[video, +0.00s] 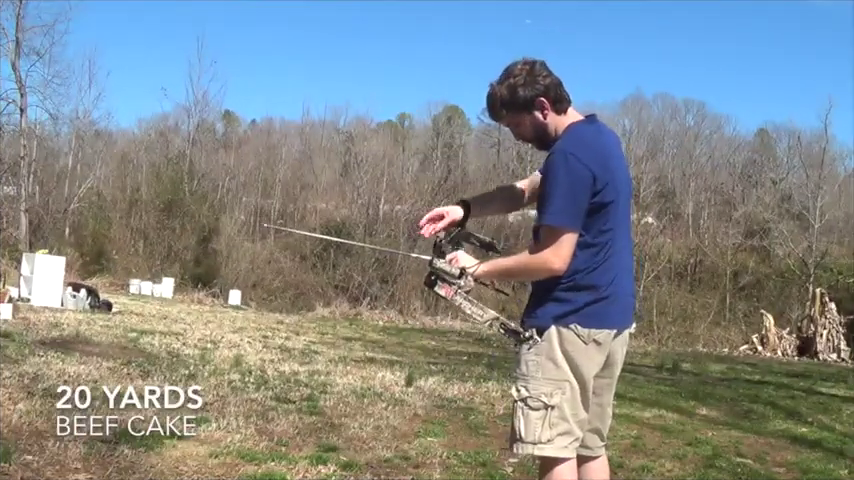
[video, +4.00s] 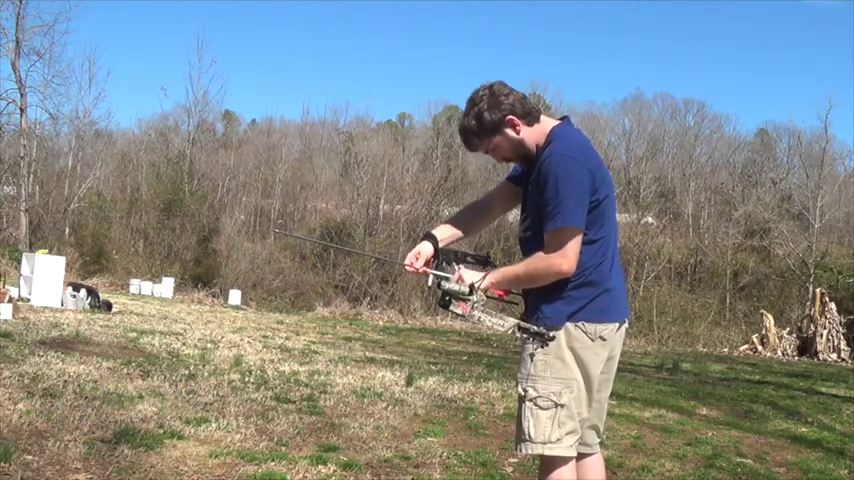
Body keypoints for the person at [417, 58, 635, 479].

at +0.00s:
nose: (515, 137)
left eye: (514, 126)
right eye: (510, 128)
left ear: (542, 108)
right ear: (547, 106)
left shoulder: (570, 155)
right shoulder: (600, 139)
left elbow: (553, 259)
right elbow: (527, 191)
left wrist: (477, 270)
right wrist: (463, 209)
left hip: (567, 320)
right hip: (610, 317)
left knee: (555, 450)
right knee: (590, 446)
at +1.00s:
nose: (507, 162)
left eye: (504, 153)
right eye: (500, 156)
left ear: (524, 127)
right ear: (525, 123)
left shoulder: (573, 158)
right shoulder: (557, 148)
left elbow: (563, 261)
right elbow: (493, 200)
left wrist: (489, 274)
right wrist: (431, 232)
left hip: (574, 321)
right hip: (594, 318)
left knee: (559, 450)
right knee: (587, 445)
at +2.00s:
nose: (503, 166)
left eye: (499, 158)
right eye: (496, 162)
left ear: (516, 132)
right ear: (518, 127)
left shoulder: (568, 160)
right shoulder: (558, 148)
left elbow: (562, 263)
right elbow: (498, 202)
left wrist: (491, 277)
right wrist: (440, 234)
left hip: (572, 319)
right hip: (592, 316)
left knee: (558, 449)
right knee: (586, 445)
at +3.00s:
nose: (500, 166)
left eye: (496, 159)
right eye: (493, 163)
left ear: (512, 132)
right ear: (514, 128)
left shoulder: (565, 159)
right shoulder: (555, 149)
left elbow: (563, 263)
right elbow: (494, 203)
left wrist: (490, 279)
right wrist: (437, 235)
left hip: (570, 319)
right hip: (590, 316)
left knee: (557, 449)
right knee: (585, 445)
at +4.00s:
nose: (496, 158)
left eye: (493, 148)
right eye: (489, 153)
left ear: (513, 123)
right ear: (516, 121)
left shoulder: (562, 157)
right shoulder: (549, 149)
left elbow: (562, 261)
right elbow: (492, 205)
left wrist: (488, 279)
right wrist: (433, 239)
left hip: (569, 319)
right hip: (590, 317)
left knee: (557, 450)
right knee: (585, 446)